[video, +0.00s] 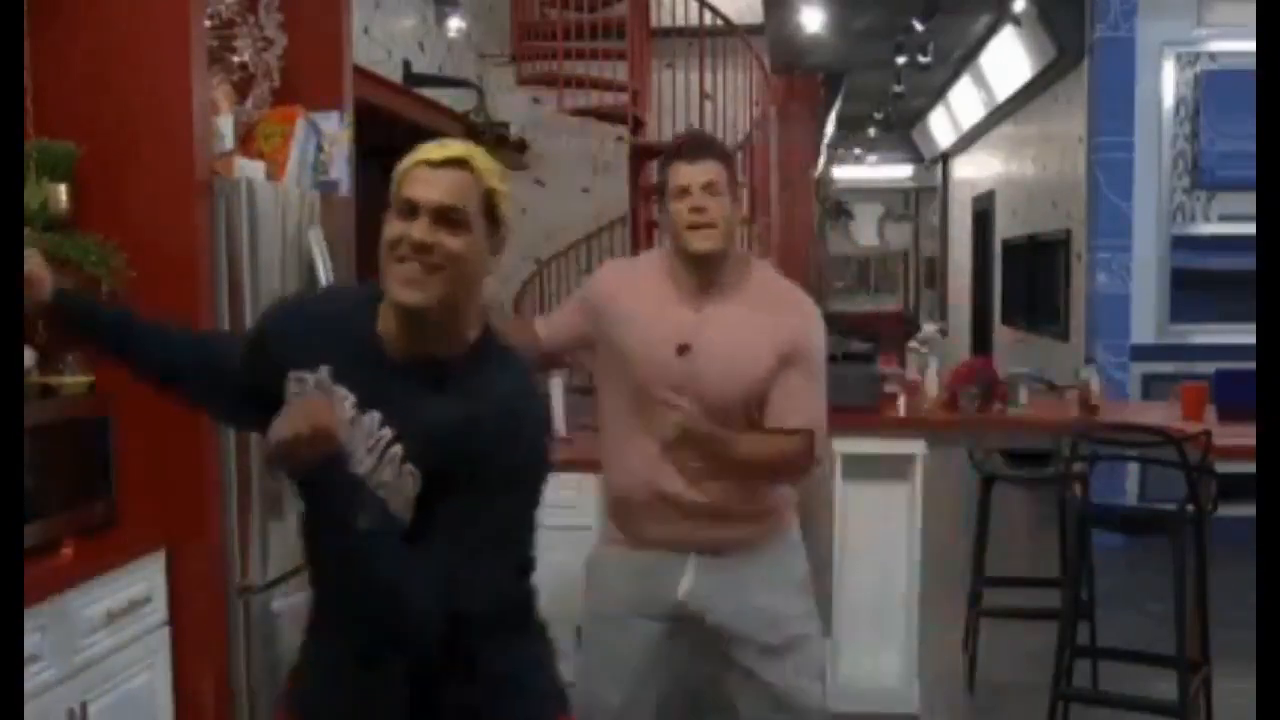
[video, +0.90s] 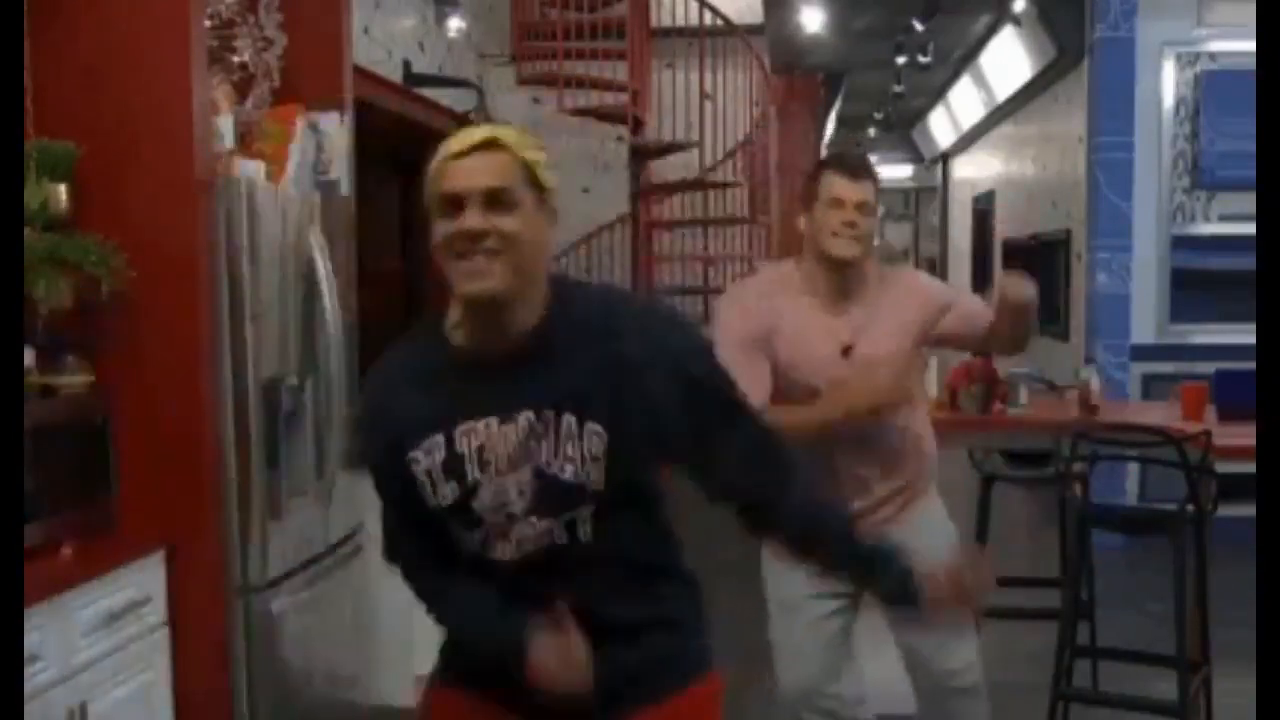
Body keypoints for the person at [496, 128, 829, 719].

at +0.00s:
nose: (698, 206)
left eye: (712, 192)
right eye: (682, 195)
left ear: (739, 207)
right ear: (662, 212)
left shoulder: (790, 311)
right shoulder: (616, 287)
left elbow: (796, 450)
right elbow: (534, 344)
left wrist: (713, 440)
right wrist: (475, 321)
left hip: (757, 562)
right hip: (635, 558)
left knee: (797, 707)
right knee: (610, 710)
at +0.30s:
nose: (660, 240)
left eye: (672, 224)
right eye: (643, 231)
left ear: (699, 231)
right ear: (629, 247)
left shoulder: (775, 318)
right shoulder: (602, 328)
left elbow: (794, 446)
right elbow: (523, 386)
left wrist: (712, 524)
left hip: (757, 531)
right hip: (641, 532)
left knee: (813, 683)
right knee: (607, 697)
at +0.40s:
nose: (703, 212)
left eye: (716, 199)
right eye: (687, 201)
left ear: (741, 212)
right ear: (665, 220)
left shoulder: (806, 288)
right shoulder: (632, 314)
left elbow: (855, 390)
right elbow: (599, 429)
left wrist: (836, 502)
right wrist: (548, 514)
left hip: (784, 529)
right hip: (666, 536)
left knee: (865, 683)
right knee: (628, 690)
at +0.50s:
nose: (731, 196)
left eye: (746, 184)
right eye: (717, 184)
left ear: (767, 195)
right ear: (697, 198)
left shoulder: (828, 263)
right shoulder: (657, 295)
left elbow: (901, 348)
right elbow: (641, 417)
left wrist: (906, 455)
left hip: (817, 512)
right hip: (701, 518)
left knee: (880, 679)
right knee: (655, 689)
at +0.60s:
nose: (789, 207)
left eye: (804, 194)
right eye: (775, 193)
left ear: (825, 210)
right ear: (753, 206)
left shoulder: (874, 280)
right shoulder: (721, 301)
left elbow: (973, 314)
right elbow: (711, 433)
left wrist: (993, 321)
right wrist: (775, 458)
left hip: (865, 532)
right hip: (757, 530)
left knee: (917, 699)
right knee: (700, 683)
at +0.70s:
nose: (811, 206)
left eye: (826, 195)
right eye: (796, 193)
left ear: (844, 216)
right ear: (771, 209)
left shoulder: (885, 281)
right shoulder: (734, 301)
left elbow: (986, 331)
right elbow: (742, 442)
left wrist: (1003, 280)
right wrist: (806, 412)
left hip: (888, 542)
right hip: (776, 538)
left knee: (921, 702)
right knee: (731, 692)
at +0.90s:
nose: (849, 219)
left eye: (863, 209)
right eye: (835, 206)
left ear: (876, 225)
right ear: (805, 219)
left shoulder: (908, 291)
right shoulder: (753, 300)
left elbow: (1003, 339)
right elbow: (741, 424)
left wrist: (1016, 306)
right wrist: (847, 404)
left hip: (907, 513)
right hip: (804, 522)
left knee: (955, 677)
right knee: (805, 688)